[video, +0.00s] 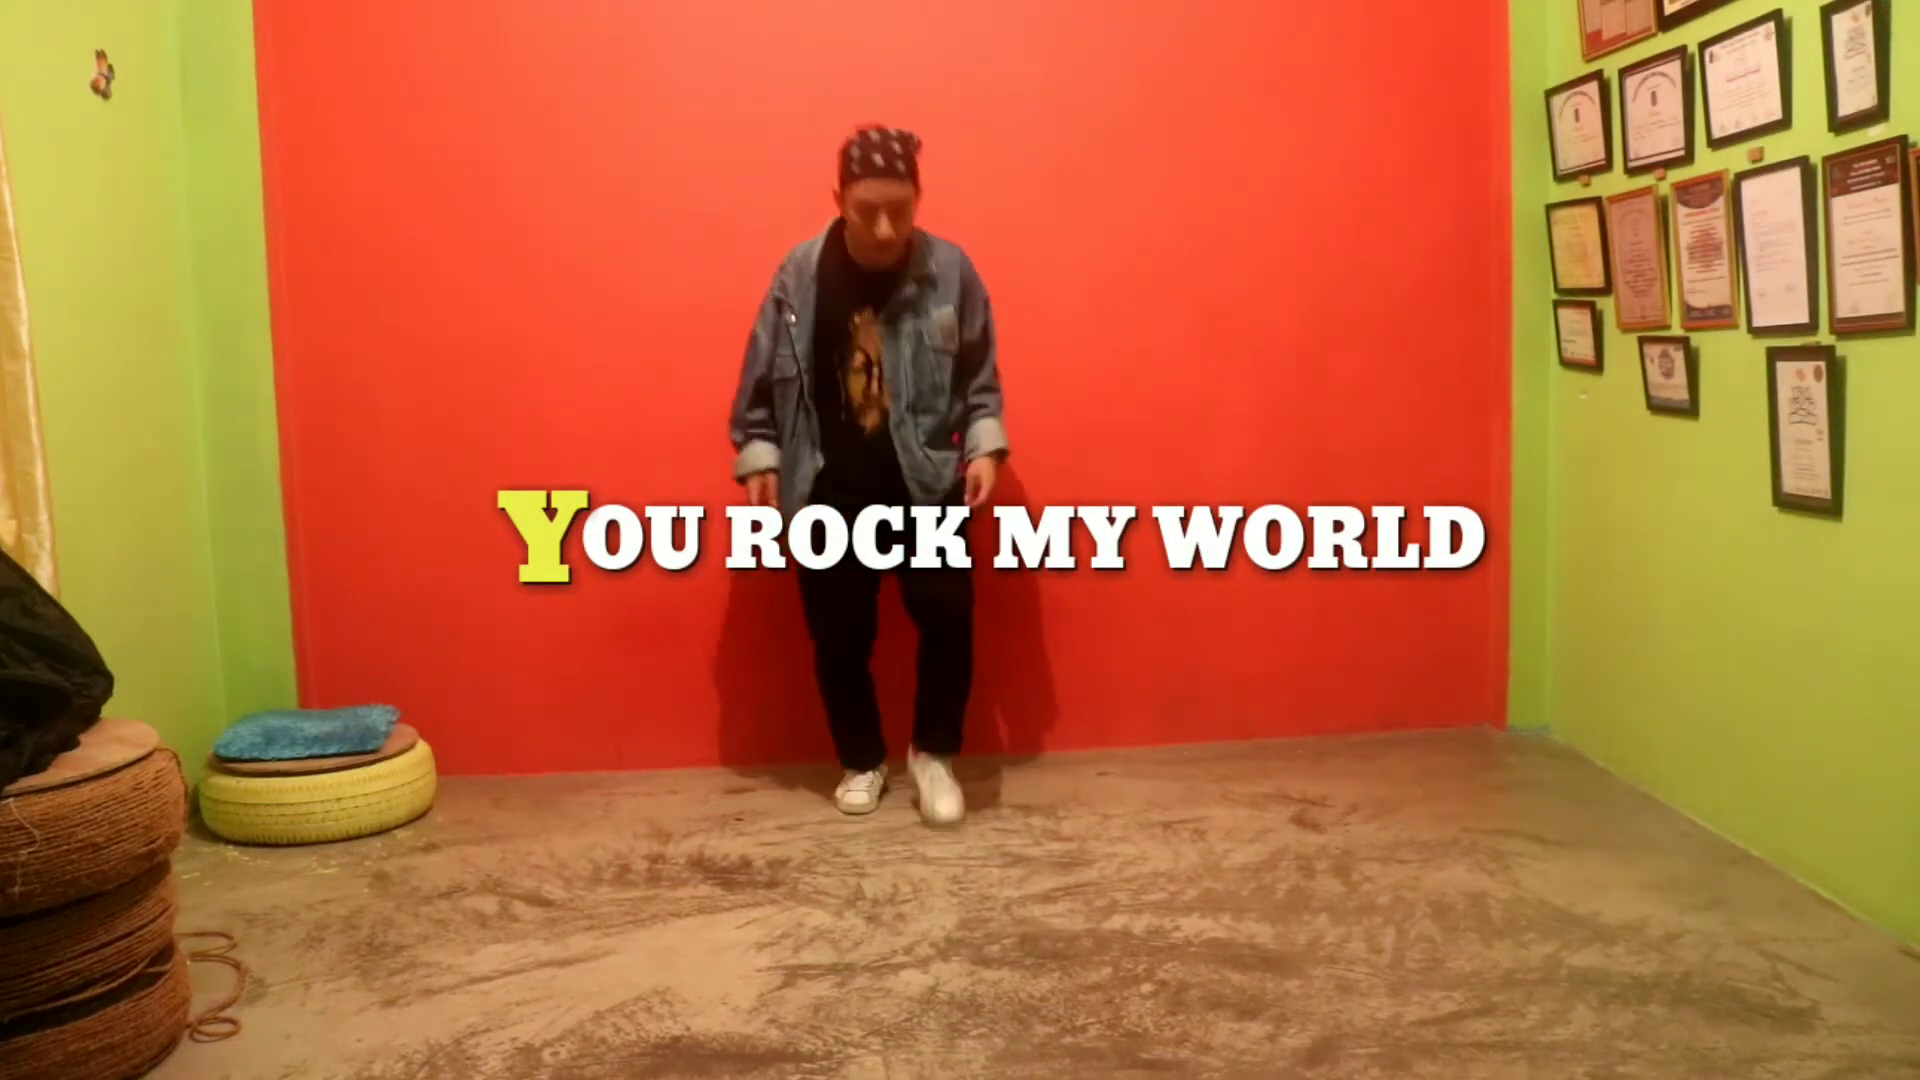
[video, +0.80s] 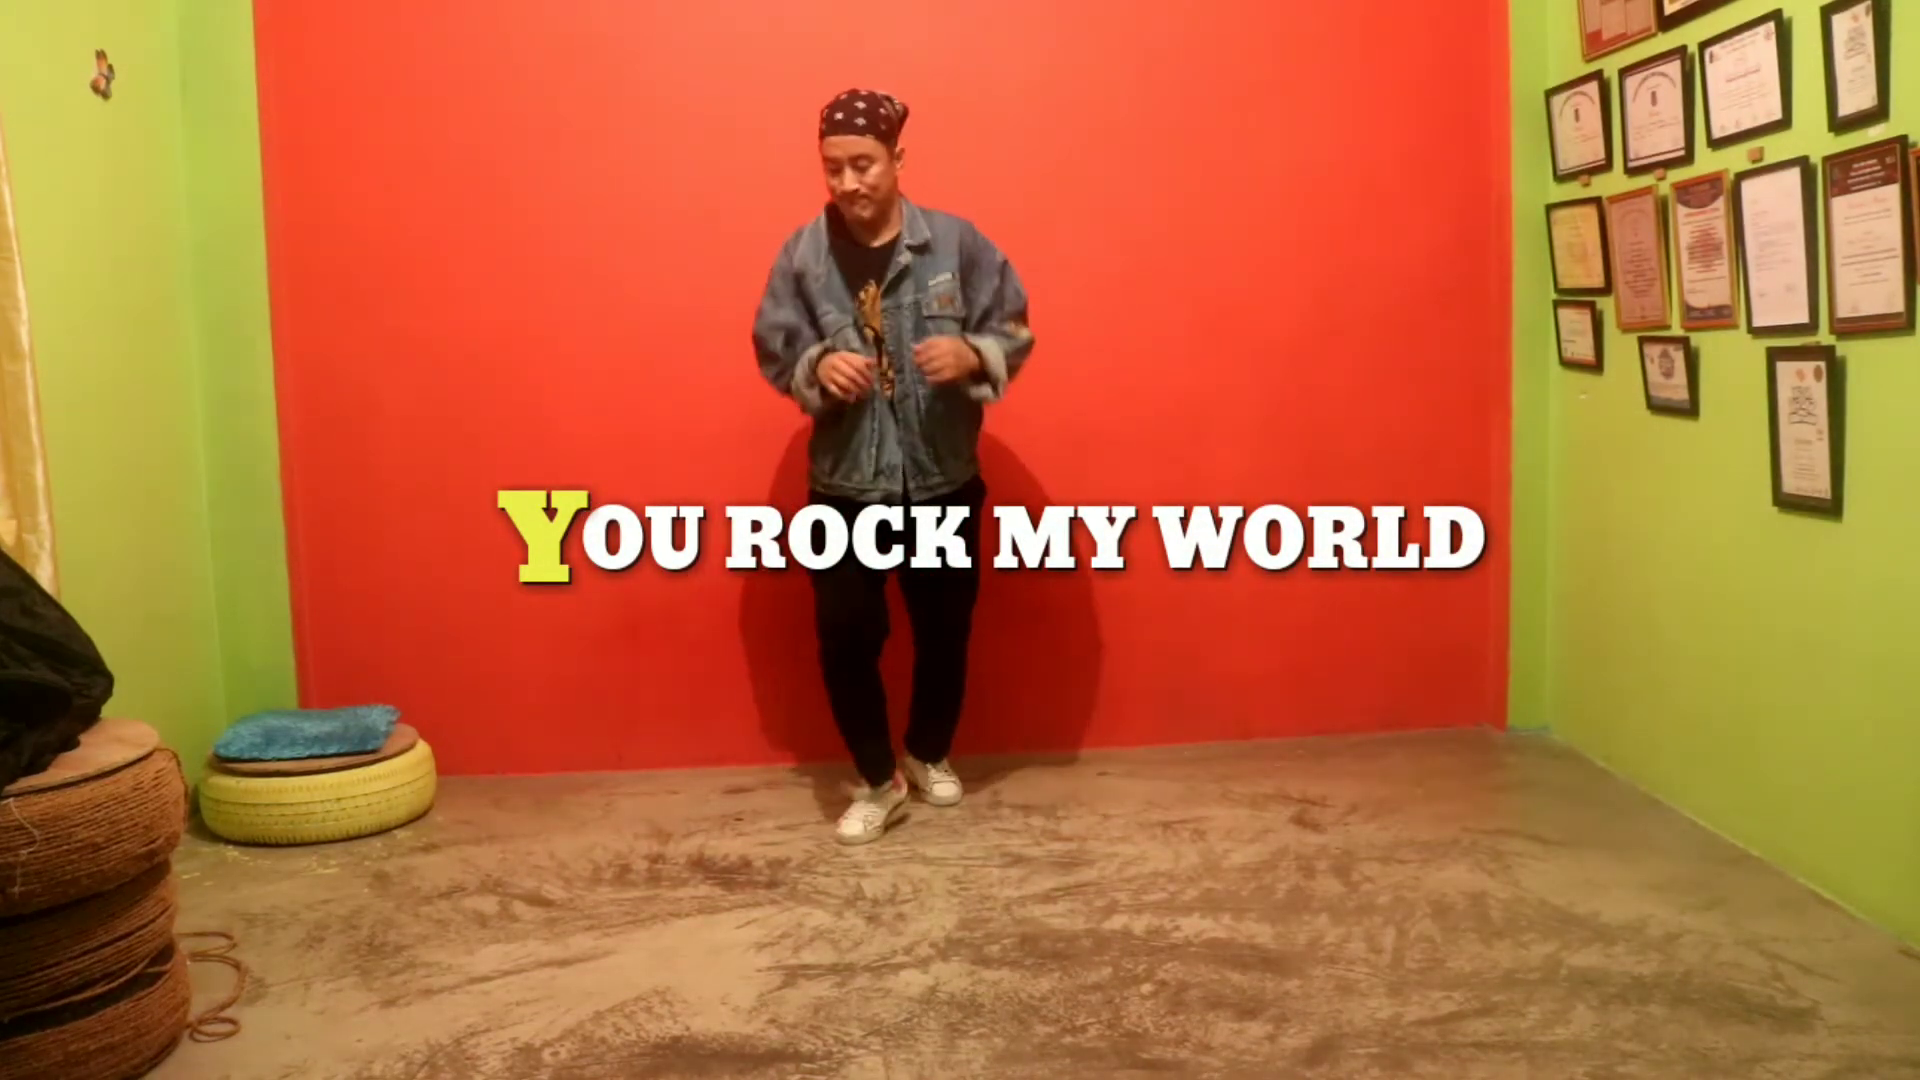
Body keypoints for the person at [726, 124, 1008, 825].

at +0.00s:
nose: (885, 228)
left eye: (898, 210)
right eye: (869, 211)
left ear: (918, 202)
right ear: (842, 202)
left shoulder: (952, 273)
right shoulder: (800, 272)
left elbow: (979, 376)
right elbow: (761, 382)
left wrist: (986, 449)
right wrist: (759, 461)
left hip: (923, 481)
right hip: (826, 484)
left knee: (948, 618)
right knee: (839, 633)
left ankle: (934, 757)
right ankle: (861, 763)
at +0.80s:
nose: (849, 182)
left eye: (864, 164)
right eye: (835, 167)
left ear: (897, 161)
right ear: (822, 169)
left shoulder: (957, 243)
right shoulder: (802, 256)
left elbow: (1012, 336)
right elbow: (778, 348)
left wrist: (972, 355)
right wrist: (818, 364)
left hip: (944, 484)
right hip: (846, 488)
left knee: (945, 632)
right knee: (846, 641)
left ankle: (929, 755)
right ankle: (878, 782)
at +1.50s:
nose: (894, 161)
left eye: (913, 147)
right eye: (887, 144)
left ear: (953, 152)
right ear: (877, 141)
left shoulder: (987, 249)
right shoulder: (844, 197)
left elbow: (1007, 363)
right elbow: (801, 298)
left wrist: (1001, 463)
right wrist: (804, 411)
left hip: (944, 457)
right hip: (849, 450)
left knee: (968, 616)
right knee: (850, 617)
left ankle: (965, 781)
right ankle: (868, 765)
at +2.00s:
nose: (867, 190)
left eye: (872, 172)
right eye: (849, 181)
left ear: (883, 149)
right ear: (816, 173)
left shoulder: (930, 191)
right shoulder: (789, 216)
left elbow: (974, 289)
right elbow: (770, 315)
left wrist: (989, 386)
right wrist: (784, 412)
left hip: (925, 438)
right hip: (831, 447)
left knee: (958, 590)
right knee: (840, 607)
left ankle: (928, 726)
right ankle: (865, 761)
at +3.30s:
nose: (882, 232)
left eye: (893, 213)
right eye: (864, 218)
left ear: (913, 206)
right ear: (840, 217)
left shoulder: (959, 289)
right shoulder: (803, 305)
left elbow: (1013, 366)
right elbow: (779, 397)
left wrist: (986, 413)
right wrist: (816, 452)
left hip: (943, 502)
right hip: (846, 506)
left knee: (984, 625)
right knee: (811, 629)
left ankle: (929, 760)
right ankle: (855, 760)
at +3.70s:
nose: (878, 299)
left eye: (891, 283)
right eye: (864, 286)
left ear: (911, 266)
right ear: (840, 271)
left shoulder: (947, 297)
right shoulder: (805, 318)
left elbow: (964, 395)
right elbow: (809, 412)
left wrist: (962, 375)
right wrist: (815, 387)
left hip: (937, 514)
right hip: (847, 520)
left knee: (978, 639)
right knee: (828, 647)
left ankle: (927, 764)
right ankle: (858, 768)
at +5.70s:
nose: (878, 204)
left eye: (890, 190)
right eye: (864, 191)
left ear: (912, 173)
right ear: (838, 175)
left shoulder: (954, 221)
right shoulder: (798, 234)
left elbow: (968, 324)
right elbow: (795, 344)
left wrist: (915, 378)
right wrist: (852, 402)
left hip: (929, 458)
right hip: (836, 461)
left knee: (927, 609)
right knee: (847, 610)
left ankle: (920, 756)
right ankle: (861, 760)